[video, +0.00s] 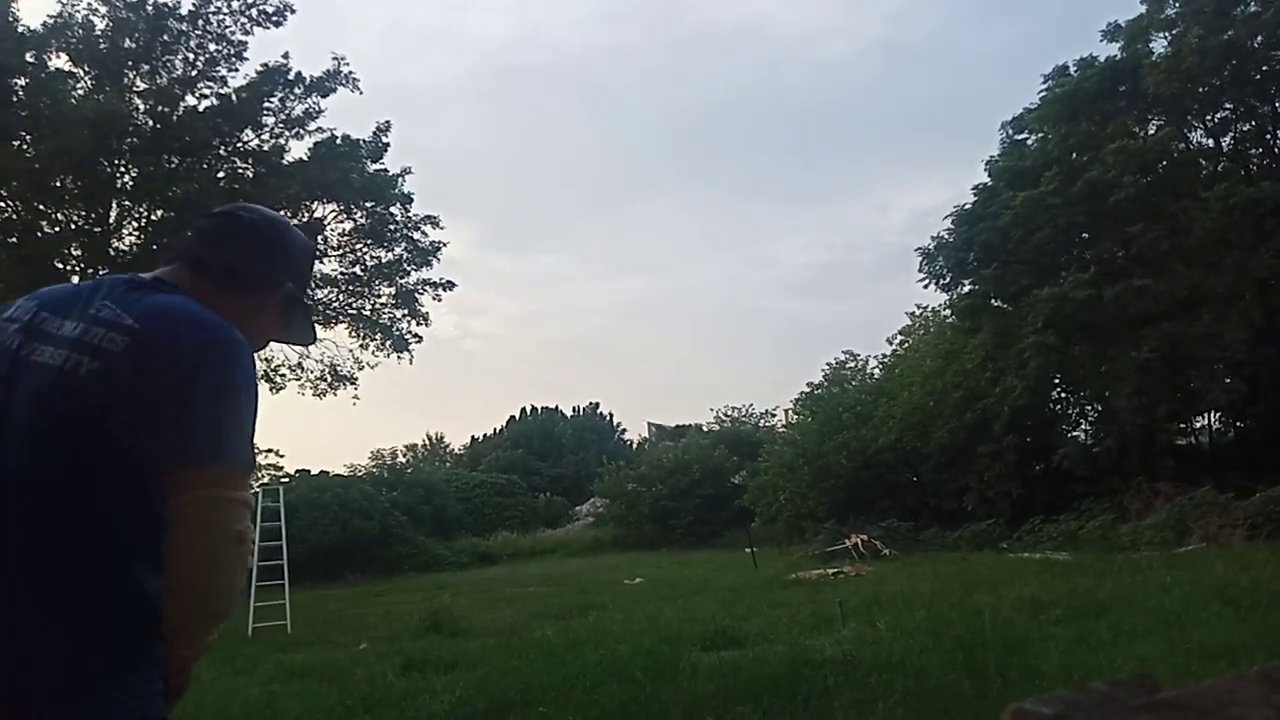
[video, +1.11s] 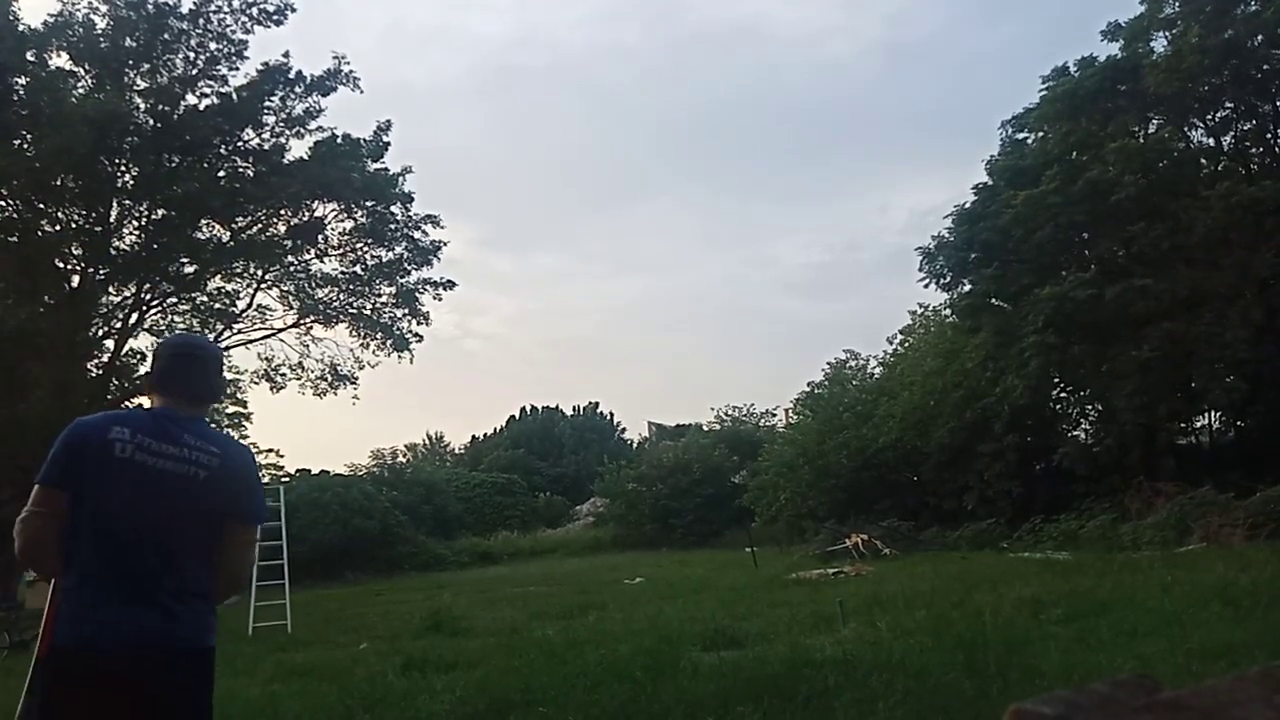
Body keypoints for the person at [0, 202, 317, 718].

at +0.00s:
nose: (269, 342)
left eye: (281, 331)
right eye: (279, 323)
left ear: (194, 258)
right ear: (265, 292)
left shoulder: (34, 306)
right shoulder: (209, 347)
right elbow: (211, 567)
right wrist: (172, 668)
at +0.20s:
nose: (226, 343)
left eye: (233, 333)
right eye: (230, 329)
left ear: (133, 291)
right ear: (217, 311)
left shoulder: (20, 355)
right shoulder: (202, 376)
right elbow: (233, 561)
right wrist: (199, 654)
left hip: (13, 660)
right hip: (132, 675)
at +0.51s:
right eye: (181, 328)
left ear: (81, 325)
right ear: (174, 334)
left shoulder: (11, 392)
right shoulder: (193, 404)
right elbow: (223, 561)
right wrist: (171, 632)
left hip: (19, 661)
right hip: (145, 670)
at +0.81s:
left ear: (110, 366)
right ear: (191, 377)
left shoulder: (33, 439)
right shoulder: (216, 454)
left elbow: (4, 560)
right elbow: (230, 587)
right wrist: (169, 632)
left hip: (39, 672)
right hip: (161, 679)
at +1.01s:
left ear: (148, 387)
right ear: (218, 400)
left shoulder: (79, 441)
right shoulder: (237, 471)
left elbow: (22, 548)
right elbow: (236, 587)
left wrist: (76, 597)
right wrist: (178, 618)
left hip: (73, 661)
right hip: (177, 672)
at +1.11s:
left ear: (150, 380)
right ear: (217, 393)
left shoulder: (87, 433)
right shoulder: (237, 461)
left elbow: (32, 539)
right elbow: (235, 574)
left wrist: (91, 576)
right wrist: (178, 597)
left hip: (81, 649)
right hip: (181, 657)